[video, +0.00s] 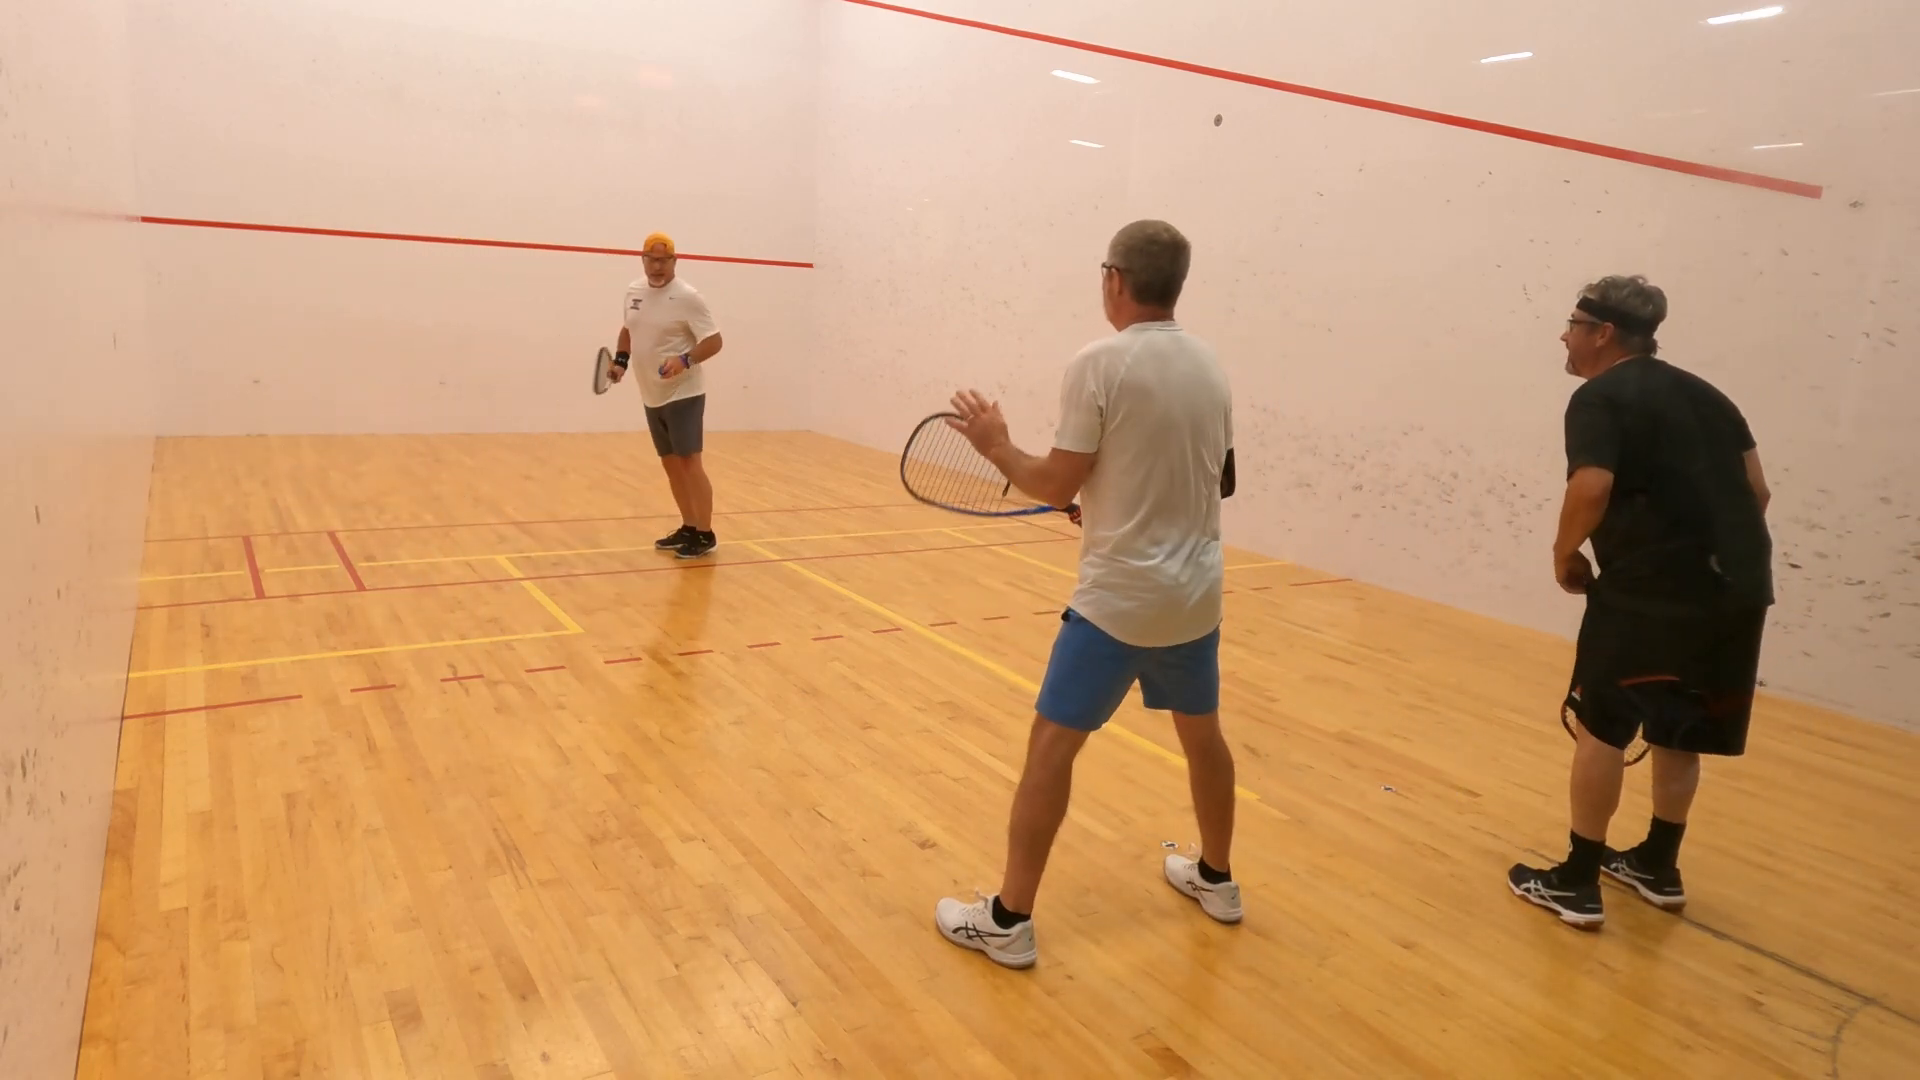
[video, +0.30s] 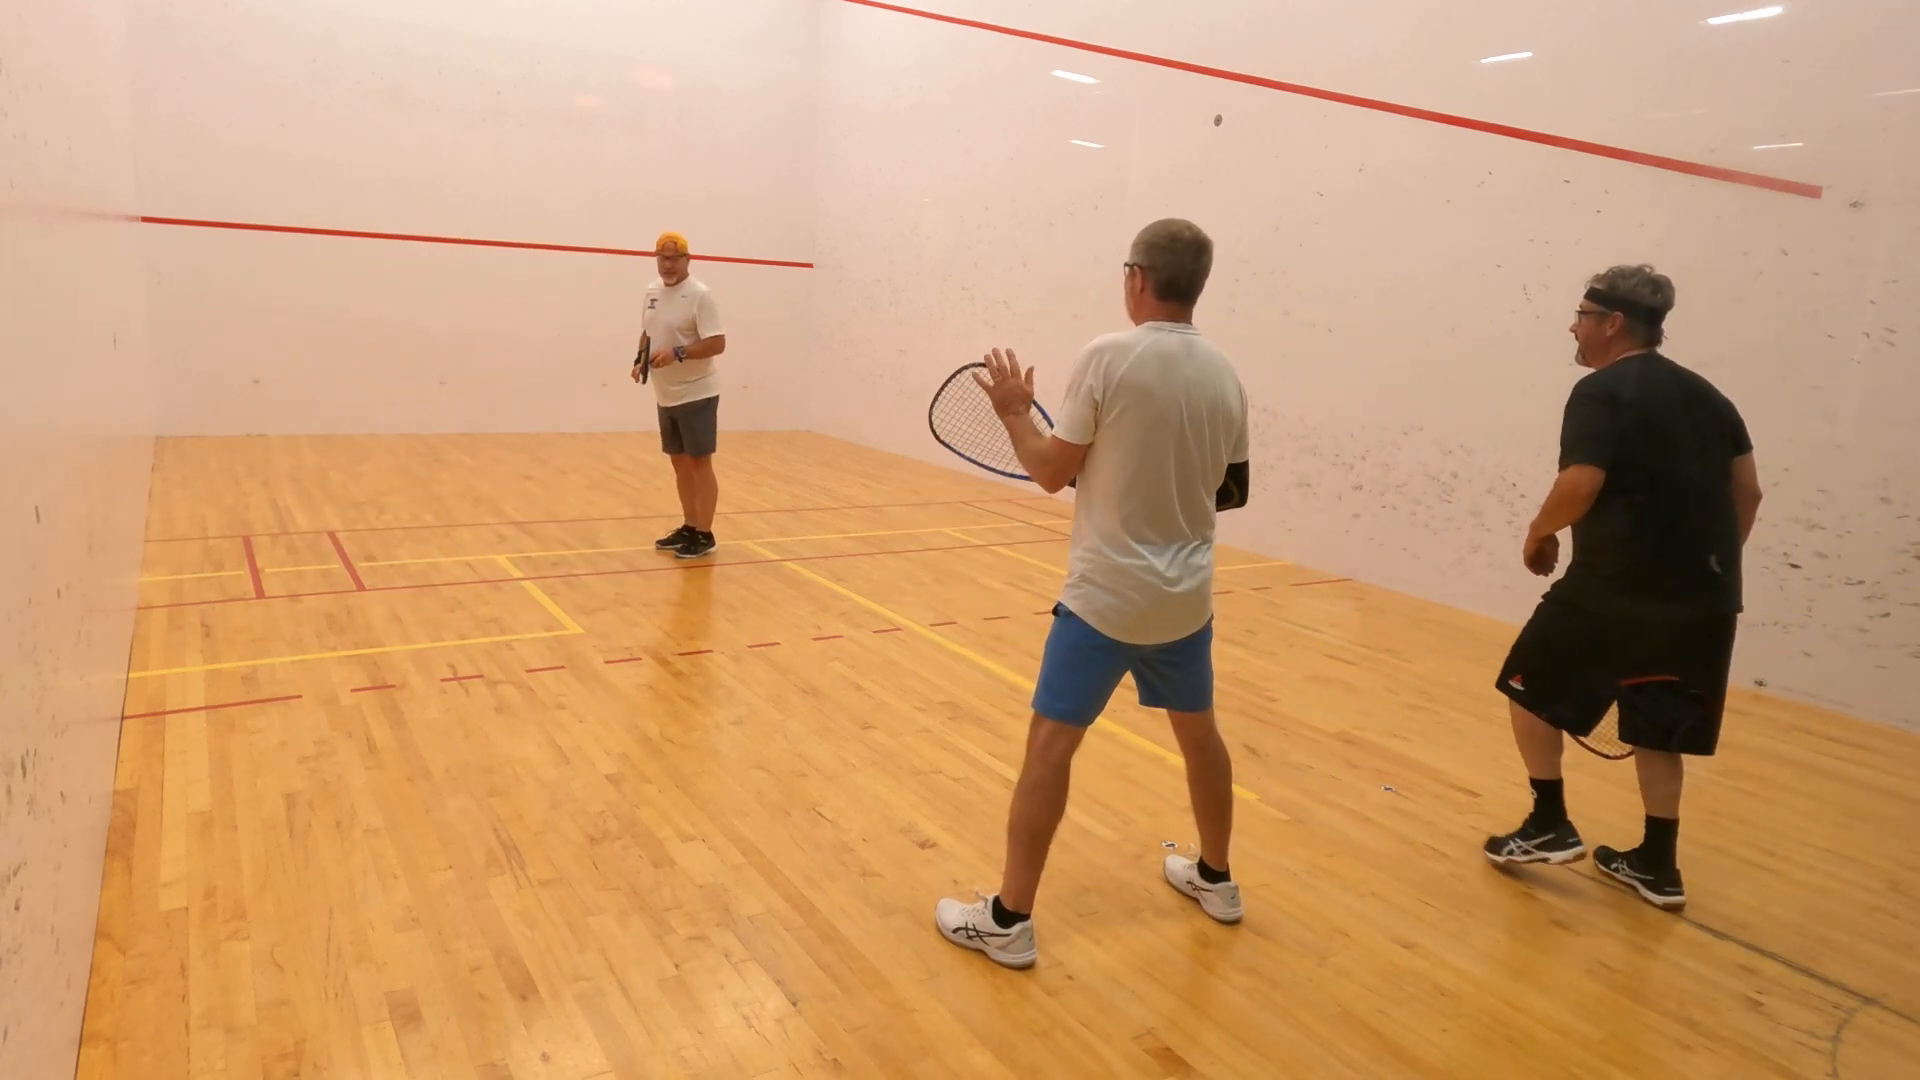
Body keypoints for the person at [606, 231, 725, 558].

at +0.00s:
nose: (657, 267)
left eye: (664, 260)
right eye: (651, 260)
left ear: (674, 261)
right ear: (643, 261)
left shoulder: (688, 298)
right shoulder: (635, 292)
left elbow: (714, 342)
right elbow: (628, 329)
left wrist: (685, 359)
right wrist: (621, 360)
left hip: (684, 395)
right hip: (653, 397)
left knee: (690, 463)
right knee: (672, 463)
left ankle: (705, 534)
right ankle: (689, 528)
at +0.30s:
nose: (667, 264)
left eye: (674, 259)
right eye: (662, 259)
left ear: (687, 261)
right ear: (655, 260)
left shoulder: (700, 296)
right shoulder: (652, 293)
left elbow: (717, 344)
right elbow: (647, 334)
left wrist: (677, 352)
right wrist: (641, 359)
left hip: (697, 394)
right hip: (667, 395)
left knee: (700, 462)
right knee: (680, 461)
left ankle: (704, 534)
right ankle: (690, 528)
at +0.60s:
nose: (655, 275)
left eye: (659, 268)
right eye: (654, 269)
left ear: (680, 264)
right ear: (675, 266)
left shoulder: (697, 299)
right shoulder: (673, 297)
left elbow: (676, 346)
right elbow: (679, 347)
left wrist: (631, 334)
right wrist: (664, 375)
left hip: (703, 393)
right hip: (678, 394)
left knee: (702, 461)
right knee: (682, 460)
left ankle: (705, 535)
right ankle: (691, 528)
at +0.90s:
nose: (648, 279)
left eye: (650, 272)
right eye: (646, 273)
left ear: (670, 267)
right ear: (667, 268)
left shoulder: (690, 300)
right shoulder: (676, 298)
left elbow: (677, 354)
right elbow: (674, 352)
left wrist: (646, 382)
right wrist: (651, 380)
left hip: (702, 395)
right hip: (678, 396)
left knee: (699, 462)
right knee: (662, 454)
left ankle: (705, 535)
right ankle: (681, 523)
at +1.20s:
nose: (639, 273)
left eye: (642, 266)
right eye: (639, 267)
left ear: (662, 267)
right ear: (659, 267)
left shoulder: (683, 300)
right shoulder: (659, 298)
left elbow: (667, 349)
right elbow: (646, 332)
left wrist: (636, 378)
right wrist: (633, 349)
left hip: (691, 392)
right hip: (668, 393)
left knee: (683, 460)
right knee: (659, 456)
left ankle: (701, 534)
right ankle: (665, 528)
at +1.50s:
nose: (644, 266)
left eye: (647, 261)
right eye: (645, 260)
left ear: (662, 265)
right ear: (669, 265)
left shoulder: (665, 302)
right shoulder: (683, 296)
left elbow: (639, 345)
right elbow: (644, 318)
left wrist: (617, 363)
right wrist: (605, 326)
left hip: (658, 394)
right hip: (674, 392)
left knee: (644, 460)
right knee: (657, 458)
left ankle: (691, 523)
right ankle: (664, 527)